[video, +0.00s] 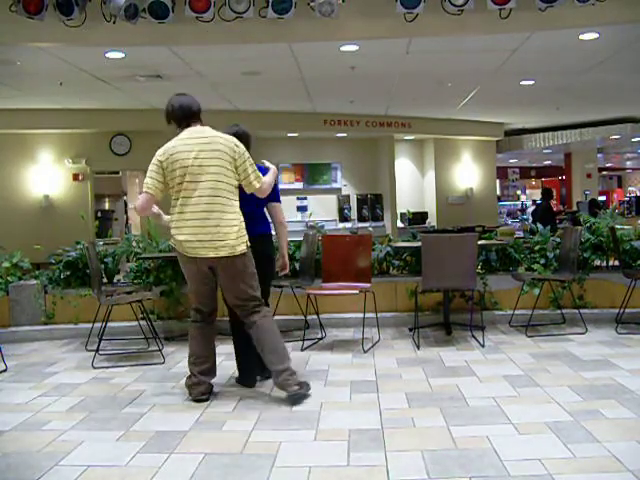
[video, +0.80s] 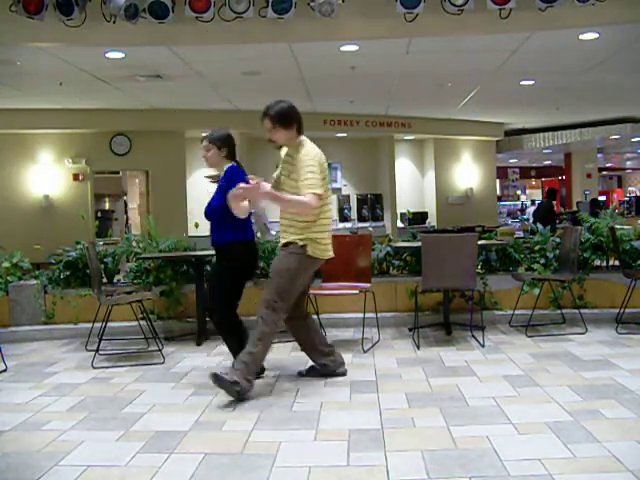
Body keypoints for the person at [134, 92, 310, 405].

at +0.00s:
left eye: (170, 123)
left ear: (173, 122)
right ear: (200, 115)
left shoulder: (166, 152)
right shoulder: (228, 143)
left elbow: (144, 206)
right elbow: (261, 191)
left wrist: (158, 212)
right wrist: (273, 172)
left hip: (188, 243)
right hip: (230, 241)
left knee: (201, 314)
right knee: (253, 309)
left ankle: (200, 386)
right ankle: (289, 382)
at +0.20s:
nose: (179, 132)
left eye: (178, 127)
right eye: (178, 127)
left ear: (185, 123)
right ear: (206, 118)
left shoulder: (184, 152)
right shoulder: (240, 145)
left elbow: (168, 206)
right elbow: (267, 189)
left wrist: (146, 205)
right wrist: (268, 172)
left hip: (210, 248)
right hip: (248, 245)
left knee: (204, 315)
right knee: (265, 305)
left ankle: (200, 385)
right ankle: (312, 362)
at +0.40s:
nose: (203, 134)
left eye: (204, 128)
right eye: (201, 129)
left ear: (217, 123)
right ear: (229, 122)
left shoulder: (222, 153)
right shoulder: (260, 147)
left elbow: (204, 210)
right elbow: (279, 192)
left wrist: (168, 206)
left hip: (242, 252)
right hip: (275, 249)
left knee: (214, 311)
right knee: (274, 307)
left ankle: (204, 385)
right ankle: (321, 352)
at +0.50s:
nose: (218, 135)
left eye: (219, 128)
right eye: (216, 129)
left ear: (236, 124)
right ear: (243, 124)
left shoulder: (245, 155)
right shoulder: (273, 147)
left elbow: (228, 209)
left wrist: (184, 203)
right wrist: (199, 208)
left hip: (259, 251)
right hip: (285, 248)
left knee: (223, 310)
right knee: (278, 309)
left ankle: (210, 383)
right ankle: (327, 357)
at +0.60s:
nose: (238, 135)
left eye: (240, 129)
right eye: (236, 130)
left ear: (256, 124)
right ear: (260, 124)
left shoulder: (270, 153)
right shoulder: (282, 146)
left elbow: (258, 207)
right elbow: (264, 202)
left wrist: (212, 203)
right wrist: (219, 205)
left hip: (276, 248)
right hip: (296, 245)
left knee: (240, 308)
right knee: (288, 310)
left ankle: (215, 382)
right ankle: (329, 363)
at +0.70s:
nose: (254, 135)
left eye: (257, 128)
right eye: (253, 128)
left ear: (276, 126)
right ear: (277, 127)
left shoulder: (291, 154)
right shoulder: (289, 150)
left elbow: (284, 206)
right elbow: (280, 192)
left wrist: (235, 199)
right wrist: (256, 180)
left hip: (292, 246)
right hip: (301, 245)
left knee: (258, 310)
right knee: (292, 312)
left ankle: (224, 379)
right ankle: (329, 363)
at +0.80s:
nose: (269, 136)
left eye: (271, 130)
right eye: (267, 130)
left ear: (288, 126)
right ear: (285, 128)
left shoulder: (308, 155)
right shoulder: (290, 153)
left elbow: (311, 203)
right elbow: (278, 187)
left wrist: (267, 194)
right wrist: (257, 190)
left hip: (307, 242)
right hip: (295, 240)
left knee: (273, 305)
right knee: (292, 308)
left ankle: (241, 377)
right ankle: (328, 362)